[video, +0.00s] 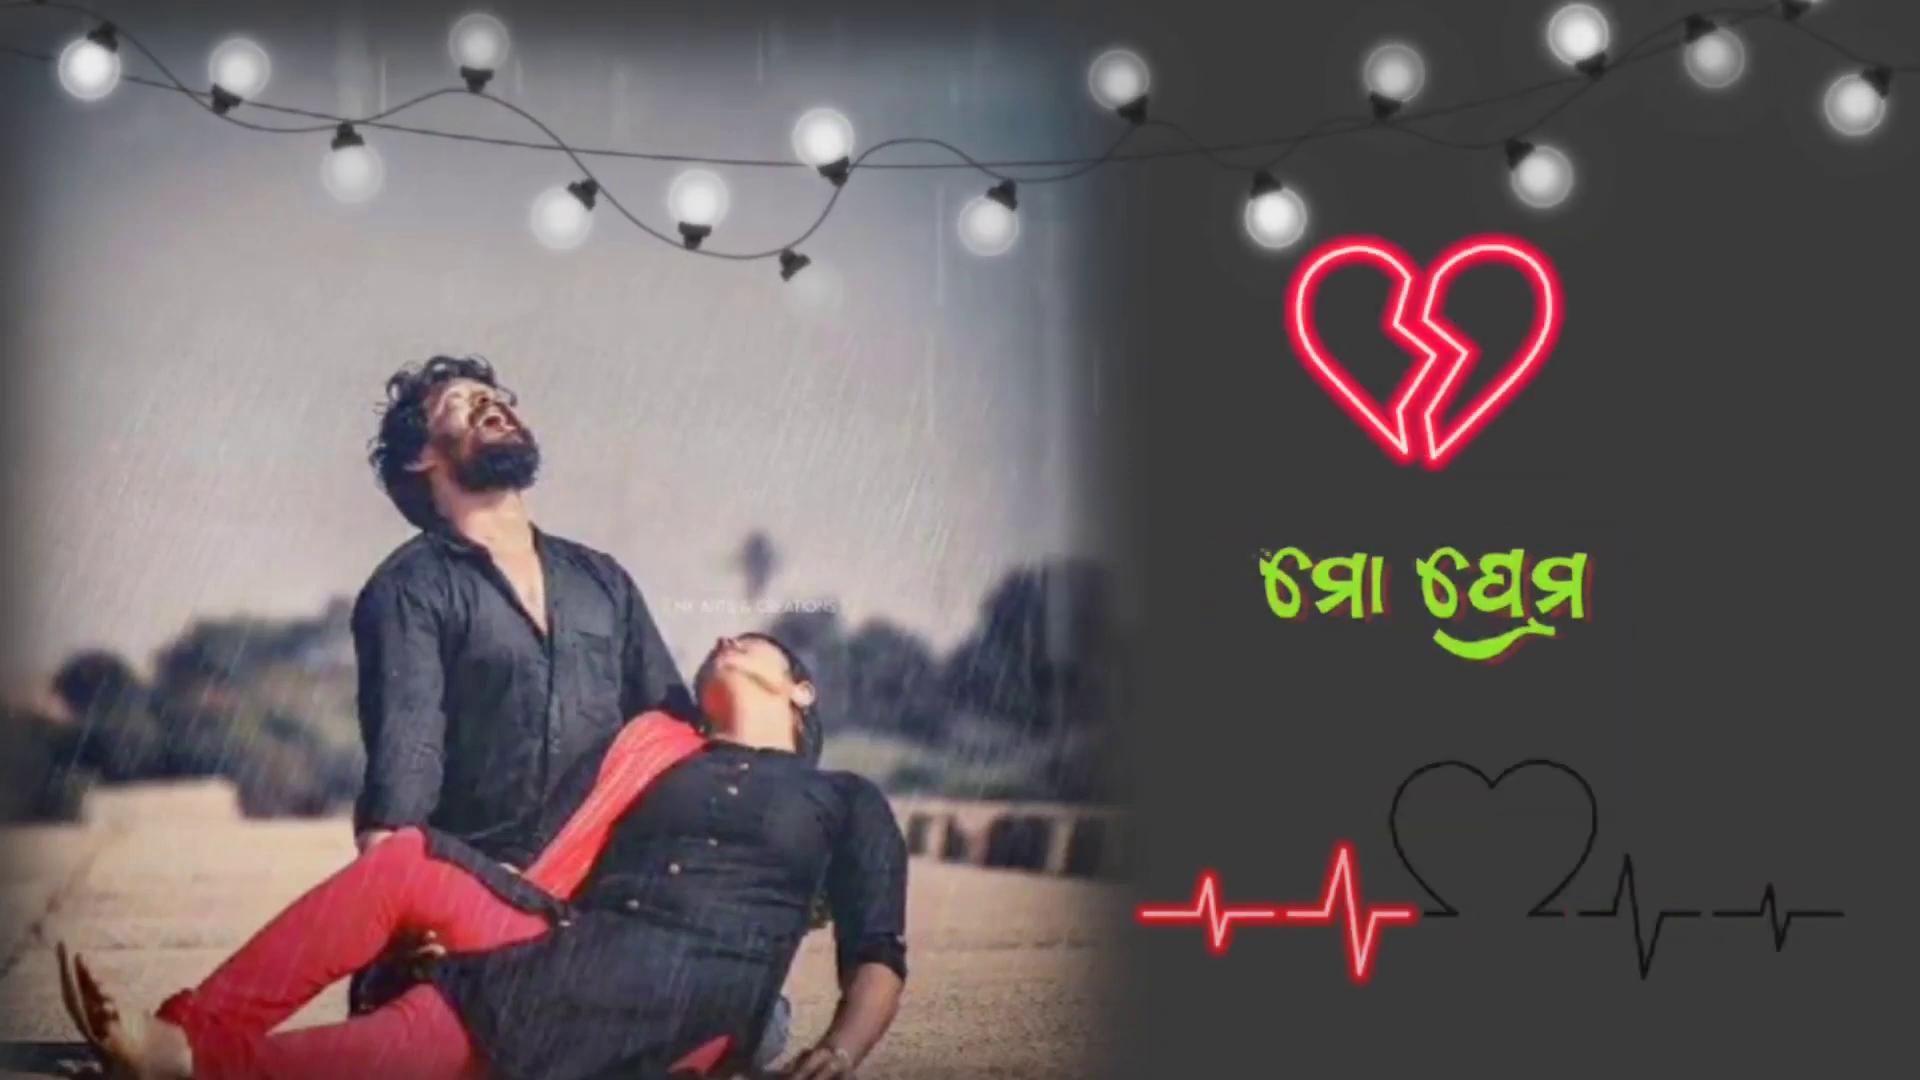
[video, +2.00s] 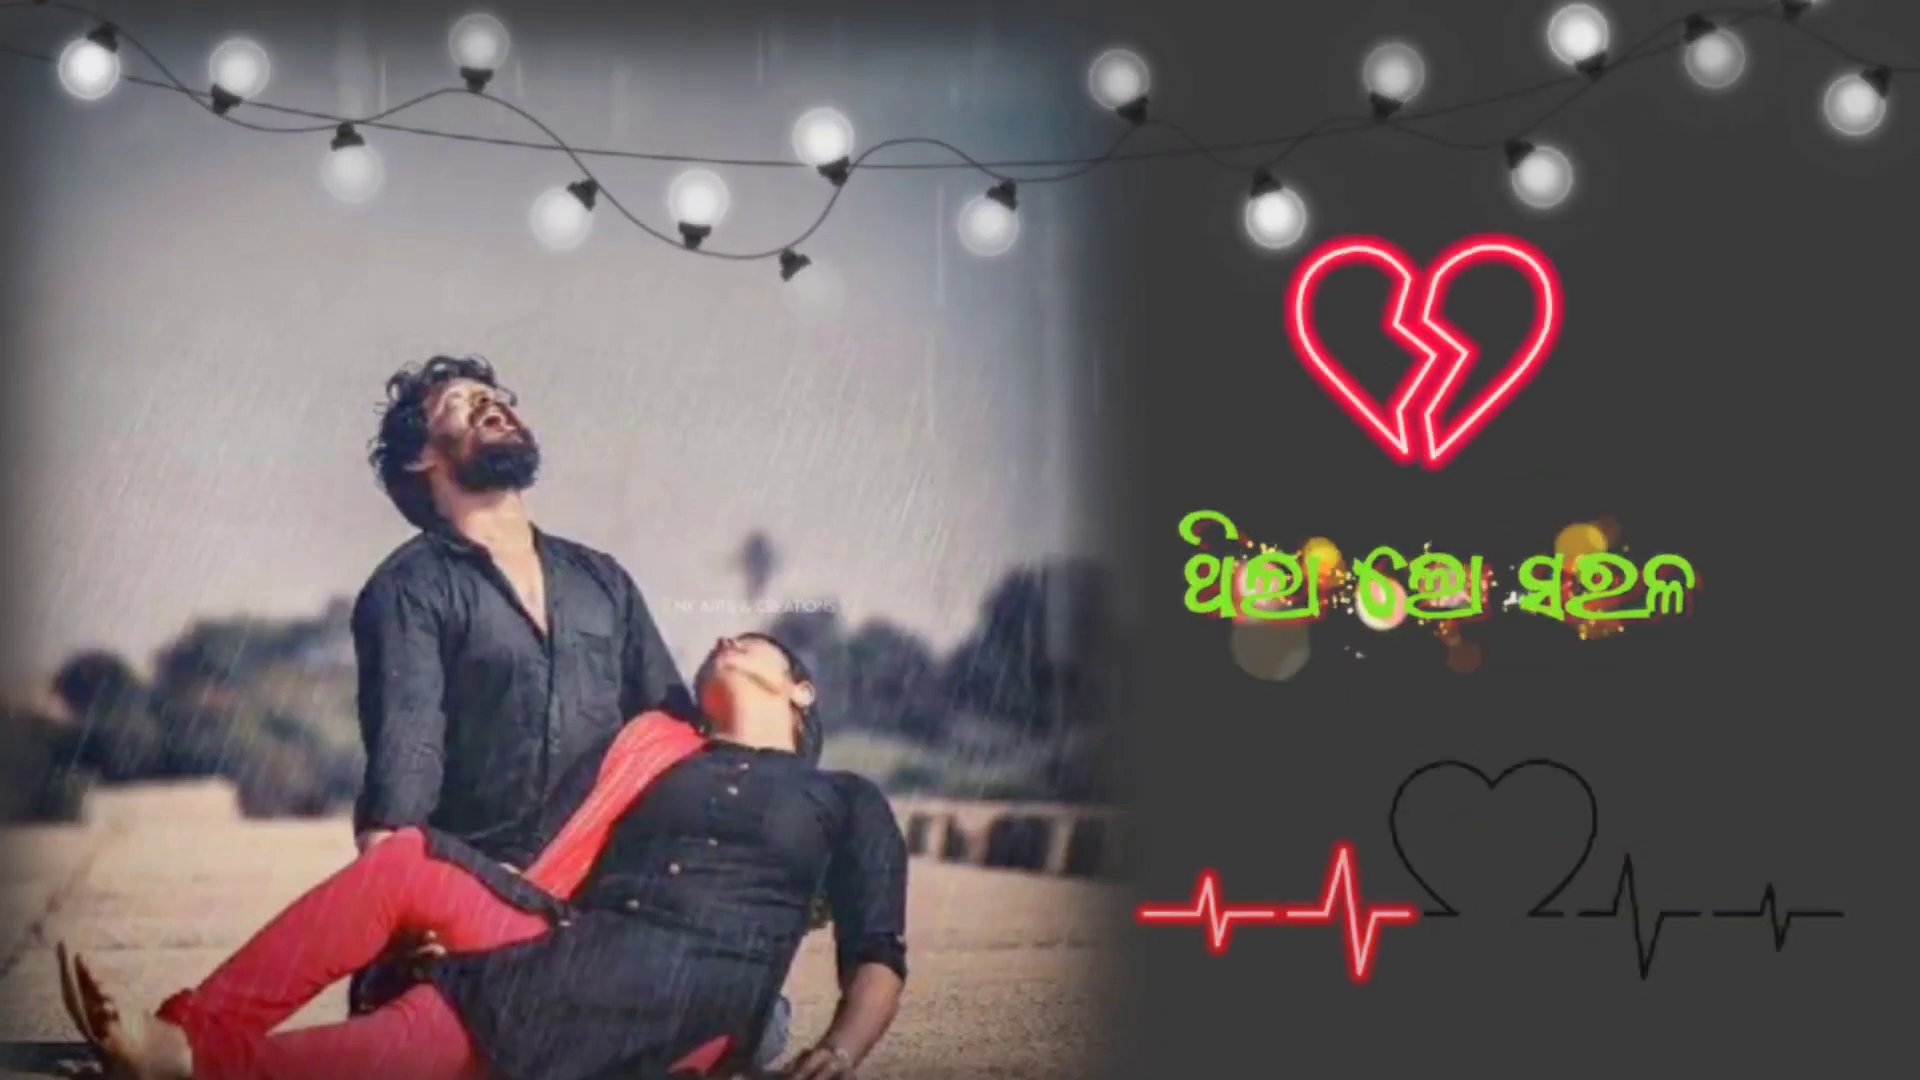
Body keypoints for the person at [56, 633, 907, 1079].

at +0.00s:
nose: (722, 662)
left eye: (749, 657)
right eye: (717, 661)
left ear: (799, 700)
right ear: (708, 699)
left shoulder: (843, 798)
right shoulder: (663, 757)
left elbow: (878, 967)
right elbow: (576, 894)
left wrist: (834, 1066)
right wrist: (456, 948)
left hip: (693, 981)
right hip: (588, 945)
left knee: (448, 1029)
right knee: (400, 860)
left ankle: (186, 1059)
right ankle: (178, 1040)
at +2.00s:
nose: (722, 662)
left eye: (749, 657)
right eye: (717, 661)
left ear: (799, 699)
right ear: (708, 699)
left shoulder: (843, 798)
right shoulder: (662, 757)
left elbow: (878, 967)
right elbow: (576, 895)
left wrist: (834, 1067)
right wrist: (456, 949)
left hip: (693, 981)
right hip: (588, 945)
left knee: (450, 1028)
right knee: (401, 861)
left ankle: (188, 1060)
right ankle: (178, 1040)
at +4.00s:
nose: (721, 660)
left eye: (749, 656)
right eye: (717, 659)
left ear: (799, 699)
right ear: (709, 698)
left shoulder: (844, 798)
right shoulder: (662, 755)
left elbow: (879, 967)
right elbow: (574, 892)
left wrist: (836, 1063)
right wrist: (455, 949)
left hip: (693, 982)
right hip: (587, 946)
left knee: (451, 1028)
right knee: (400, 859)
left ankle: (187, 1058)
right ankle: (178, 1041)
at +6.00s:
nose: (721, 660)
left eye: (749, 656)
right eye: (717, 659)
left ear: (799, 699)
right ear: (709, 698)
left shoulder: (844, 798)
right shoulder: (662, 755)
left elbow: (879, 967)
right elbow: (574, 892)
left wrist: (836, 1063)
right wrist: (455, 949)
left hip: (693, 983)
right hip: (587, 946)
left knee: (451, 1028)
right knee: (400, 859)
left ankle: (187, 1058)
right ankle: (178, 1041)